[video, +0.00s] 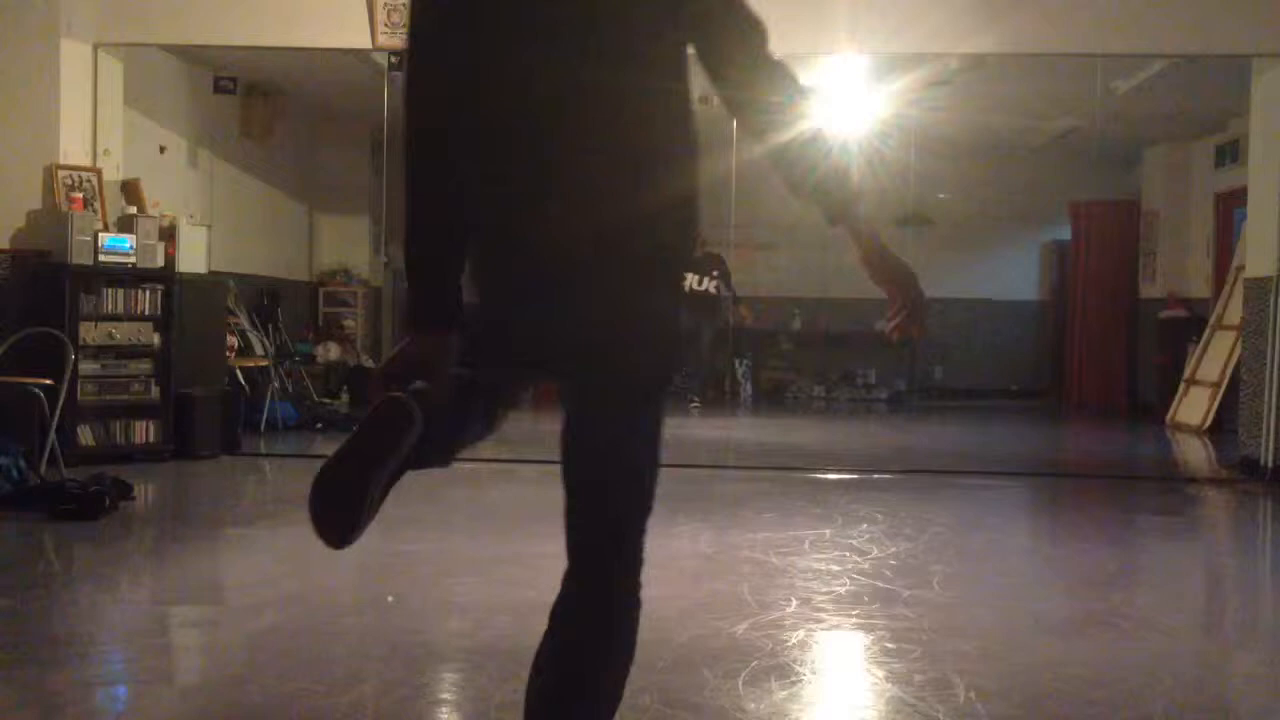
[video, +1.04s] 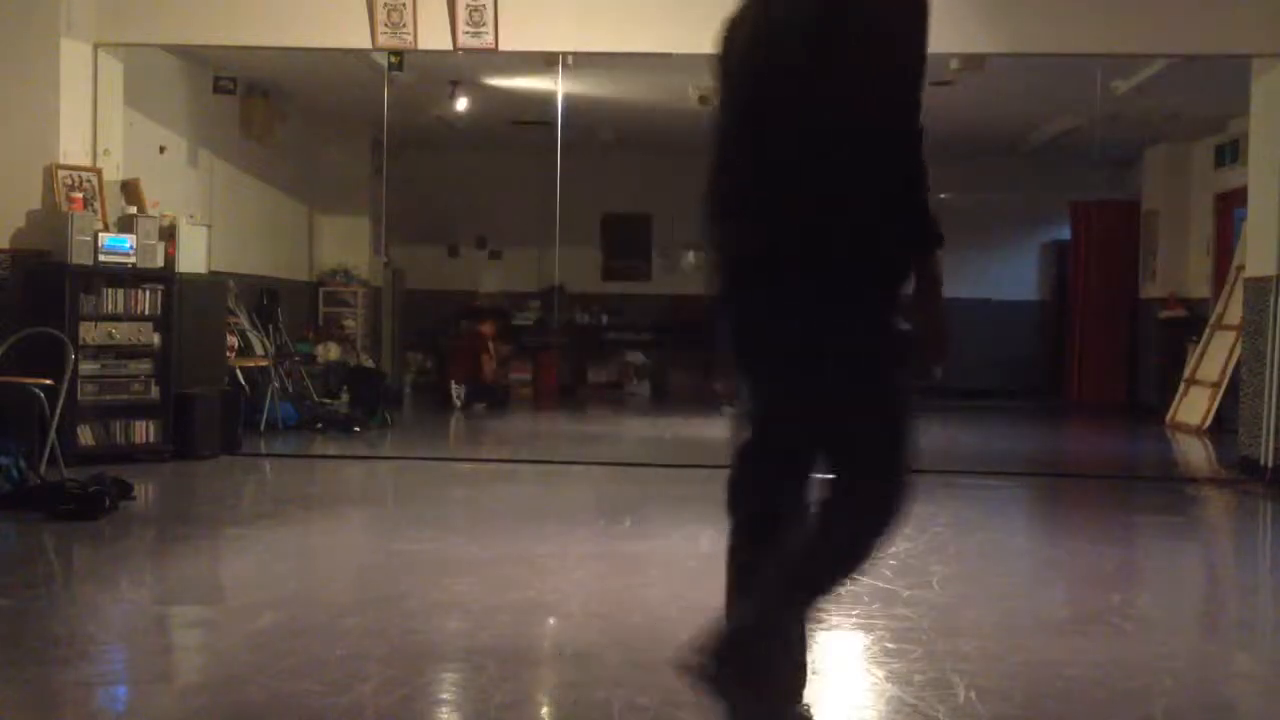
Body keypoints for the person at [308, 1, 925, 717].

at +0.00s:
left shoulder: (449, 10)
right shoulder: (677, 4)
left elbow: (430, 134)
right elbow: (758, 88)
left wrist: (426, 315)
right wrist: (866, 235)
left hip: (507, 251)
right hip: (629, 258)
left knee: (480, 380)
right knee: (603, 563)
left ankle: (405, 434)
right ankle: (565, 713)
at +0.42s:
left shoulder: (532, 10)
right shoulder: (741, 10)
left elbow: (510, 135)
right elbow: (772, 121)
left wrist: (483, 308)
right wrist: (824, 246)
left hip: (574, 242)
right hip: (687, 246)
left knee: (596, 411)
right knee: (637, 557)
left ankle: (483, 433)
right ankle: (577, 710)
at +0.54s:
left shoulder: (561, 12)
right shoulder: (756, 12)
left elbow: (536, 131)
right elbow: (780, 120)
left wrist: (520, 304)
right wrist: (846, 250)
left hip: (593, 253)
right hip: (695, 255)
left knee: (655, 443)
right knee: (649, 548)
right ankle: (578, 708)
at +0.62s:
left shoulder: (589, 13)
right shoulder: (775, 12)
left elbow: (554, 130)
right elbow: (805, 132)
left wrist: (540, 289)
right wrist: (870, 240)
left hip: (608, 244)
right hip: (706, 253)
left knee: (664, 448)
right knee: (679, 477)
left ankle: (634, 647)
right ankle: (590, 696)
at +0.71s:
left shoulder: (623, 11)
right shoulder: (798, 10)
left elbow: (582, 143)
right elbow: (830, 122)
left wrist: (565, 305)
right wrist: (896, 252)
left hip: (624, 272)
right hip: (724, 276)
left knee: (688, 506)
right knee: (660, 530)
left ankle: (733, 684)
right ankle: (574, 709)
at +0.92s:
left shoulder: (710, 18)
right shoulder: (865, 12)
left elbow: (671, 164)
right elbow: (878, 142)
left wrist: (651, 313)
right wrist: (926, 268)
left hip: (715, 286)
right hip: (801, 293)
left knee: (750, 509)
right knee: (777, 512)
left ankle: (765, 701)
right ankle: (631, 694)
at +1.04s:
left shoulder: (755, 18)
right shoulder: (892, 13)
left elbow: (734, 162)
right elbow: (894, 150)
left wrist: (735, 279)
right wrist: (929, 280)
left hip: (761, 281)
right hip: (848, 287)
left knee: (773, 468)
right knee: (875, 483)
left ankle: (761, 679)